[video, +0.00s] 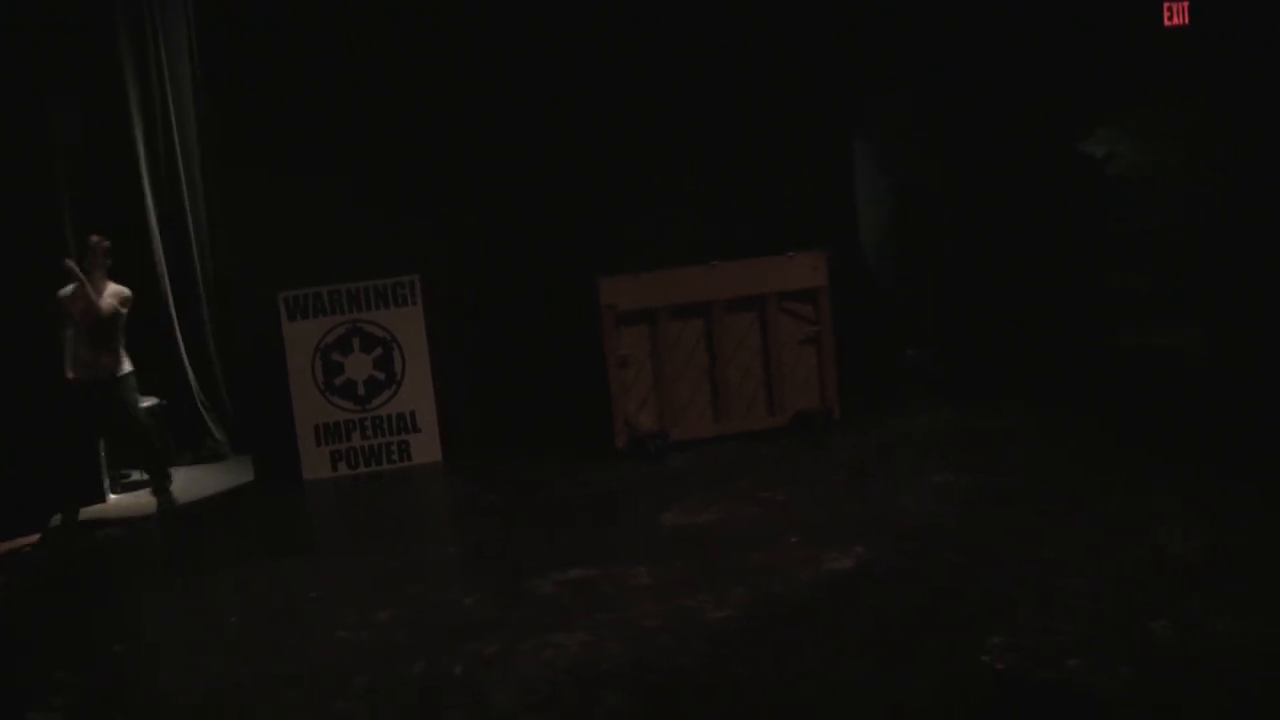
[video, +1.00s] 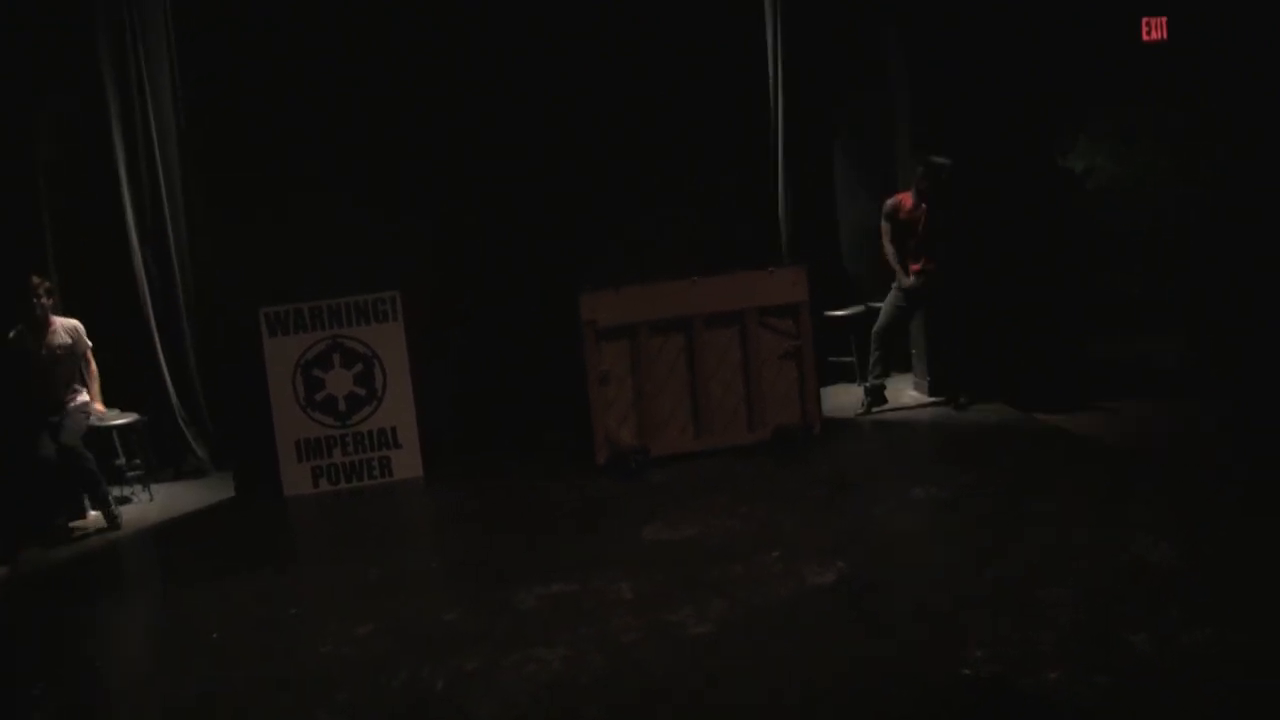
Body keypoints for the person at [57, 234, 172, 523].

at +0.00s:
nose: (102, 260)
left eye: (105, 254)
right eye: (97, 254)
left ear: (110, 258)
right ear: (86, 258)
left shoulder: (121, 293)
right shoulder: (68, 296)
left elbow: (101, 312)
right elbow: (64, 336)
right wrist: (68, 370)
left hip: (118, 375)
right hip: (83, 379)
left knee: (134, 429)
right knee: (77, 442)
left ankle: (161, 487)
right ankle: (70, 508)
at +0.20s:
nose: (65, 271)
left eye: (69, 265)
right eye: (60, 266)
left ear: (79, 267)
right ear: (54, 270)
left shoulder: (101, 300)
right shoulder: (44, 308)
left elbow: (114, 332)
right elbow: (37, 344)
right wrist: (40, 372)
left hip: (96, 381)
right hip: (61, 385)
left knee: (106, 439)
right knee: (62, 446)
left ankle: (129, 493)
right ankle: (64, 509)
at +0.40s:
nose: (50, 281)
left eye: (55, 275)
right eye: (46, 275)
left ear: (65, 277)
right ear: (39, 279)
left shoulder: (84, 313)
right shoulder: (29, 310)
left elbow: (107, 331)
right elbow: (26, 342)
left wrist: (122, 353)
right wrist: (31, 369)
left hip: (84, 382)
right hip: (49, 385)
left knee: (102, 438)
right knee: (55, 445)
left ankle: (123, 494)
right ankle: (58, 508)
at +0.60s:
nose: (46, 285)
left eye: (50, 278)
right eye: (40, 279)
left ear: (59, 282)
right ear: (32, 283)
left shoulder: (74, 320)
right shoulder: (21, 314)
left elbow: (93, 352)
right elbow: (20, 354)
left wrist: (109, 380)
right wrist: (22, 386)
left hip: (76, 385)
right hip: (41, 387)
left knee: (94, 440)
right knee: (47, 447)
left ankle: (117, 494)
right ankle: (54, 508)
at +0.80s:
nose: (43, 292)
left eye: (47, 286)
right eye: (37, 286)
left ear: (56, 289)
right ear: (29, 290)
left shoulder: (72, 325)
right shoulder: (18, 320)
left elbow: (84, 363)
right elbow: (16, 361)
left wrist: (76, 390)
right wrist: (21, 394)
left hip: (70, 394)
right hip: (36, 397)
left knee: (84, 450)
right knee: (45, 457)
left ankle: (115, 501)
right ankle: (53, 518)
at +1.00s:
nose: (36, 303)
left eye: (40, 297)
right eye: (31, 298)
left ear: (50, 299)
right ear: (25, 303)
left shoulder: (71, 328)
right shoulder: (18, 338)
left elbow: (89, 363)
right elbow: (17, 380)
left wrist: (96, 400)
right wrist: (21, 410)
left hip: (72, 400)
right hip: (39, 406)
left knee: (69, 445)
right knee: (44, 457)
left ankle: (105, 506)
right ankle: (55, 521)